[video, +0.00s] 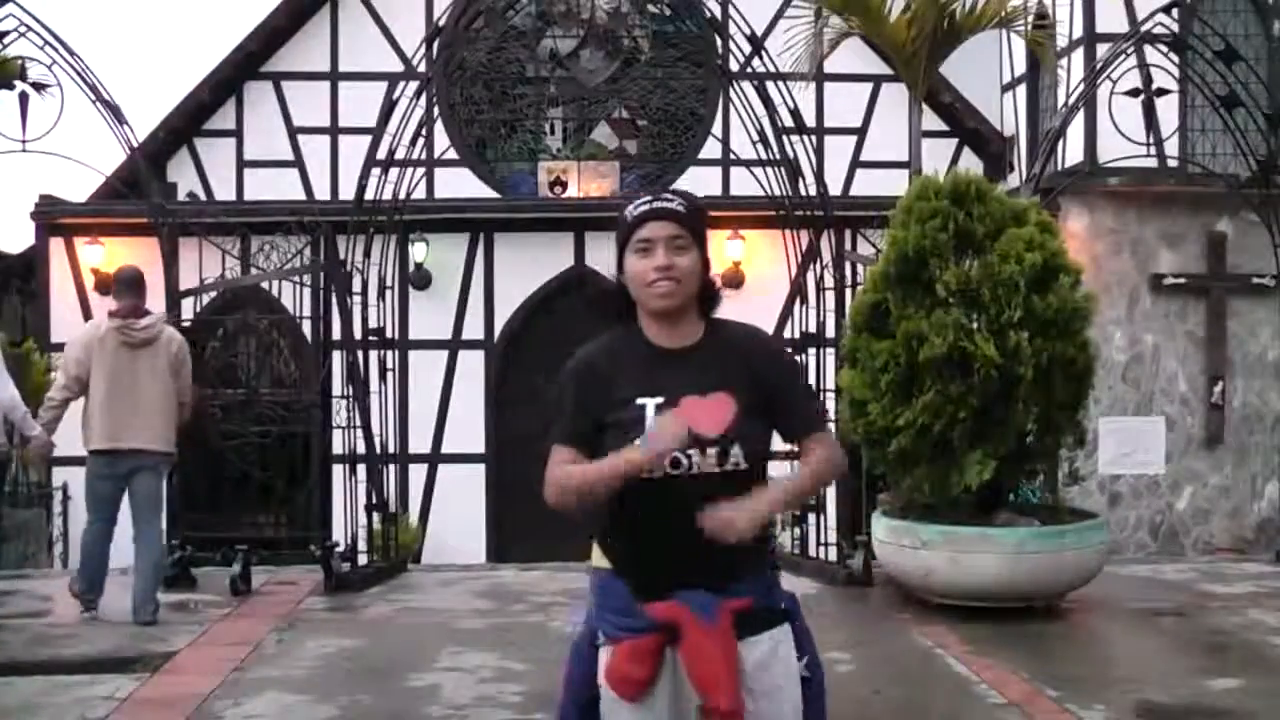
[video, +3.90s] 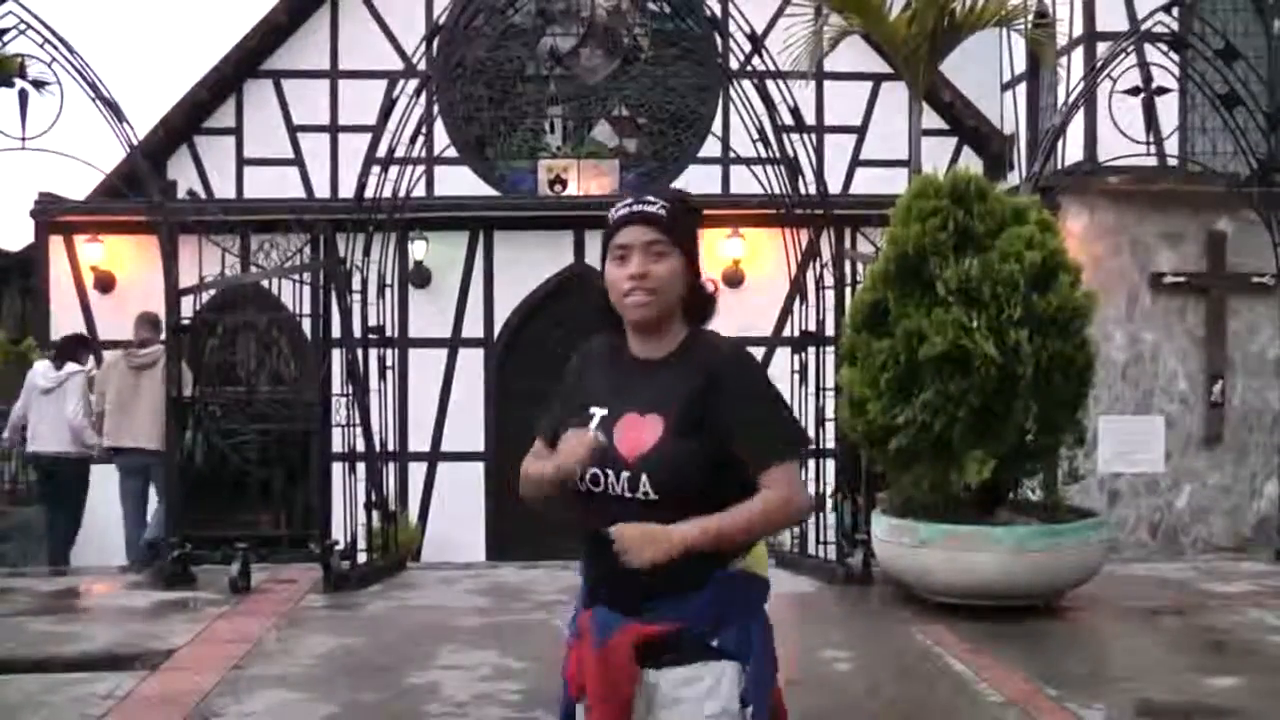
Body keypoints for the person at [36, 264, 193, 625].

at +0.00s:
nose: (116, 304)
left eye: (116, 298)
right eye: (121, 298)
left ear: (114, 297)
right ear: (144, 296)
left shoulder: (91, 338)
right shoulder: (173, 340)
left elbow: (62, 391)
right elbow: (185, 400)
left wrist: (41, 433)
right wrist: (169, 427)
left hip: (105, 447)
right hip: (153, 446)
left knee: (99, 523)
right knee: (149, 530)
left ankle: (88, 594)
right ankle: (145, 609)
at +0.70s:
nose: (76, 302)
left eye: (77, 296)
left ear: (76, 295)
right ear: (106, 297)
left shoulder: (52, 339)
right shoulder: (130, 340)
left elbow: (39, 395)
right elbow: (148, 395)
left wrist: (43, 439)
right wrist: (151, 443)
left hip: (72, 438)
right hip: (113, 438)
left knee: (80, 514)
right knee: (108, 511)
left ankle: (90, 593)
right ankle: (101, 581)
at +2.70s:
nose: (118, 319)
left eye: (115, 313)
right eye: (123, 313)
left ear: (107, 314)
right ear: (133, 315)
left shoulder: (85, 344)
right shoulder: (150, 345)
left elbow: (66, 390)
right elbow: (163, 392)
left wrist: (70, 424)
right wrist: (165, 427)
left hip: (100, 433)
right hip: (140, 434)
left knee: (98, 499)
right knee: (148, 498)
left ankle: (86, 563)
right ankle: (150, 557)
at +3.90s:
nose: (139, 337)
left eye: (138, 332)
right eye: (145, 333)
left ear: (135, 332)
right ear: (160, 333)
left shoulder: (113, 362)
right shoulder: (170, 362)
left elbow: (99, 402)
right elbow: (186, 393)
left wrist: (102, 433)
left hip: (123, 441)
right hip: (158, 443)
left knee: (132, 508)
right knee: (167, 499)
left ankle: (135, 559)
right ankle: (151, 543)